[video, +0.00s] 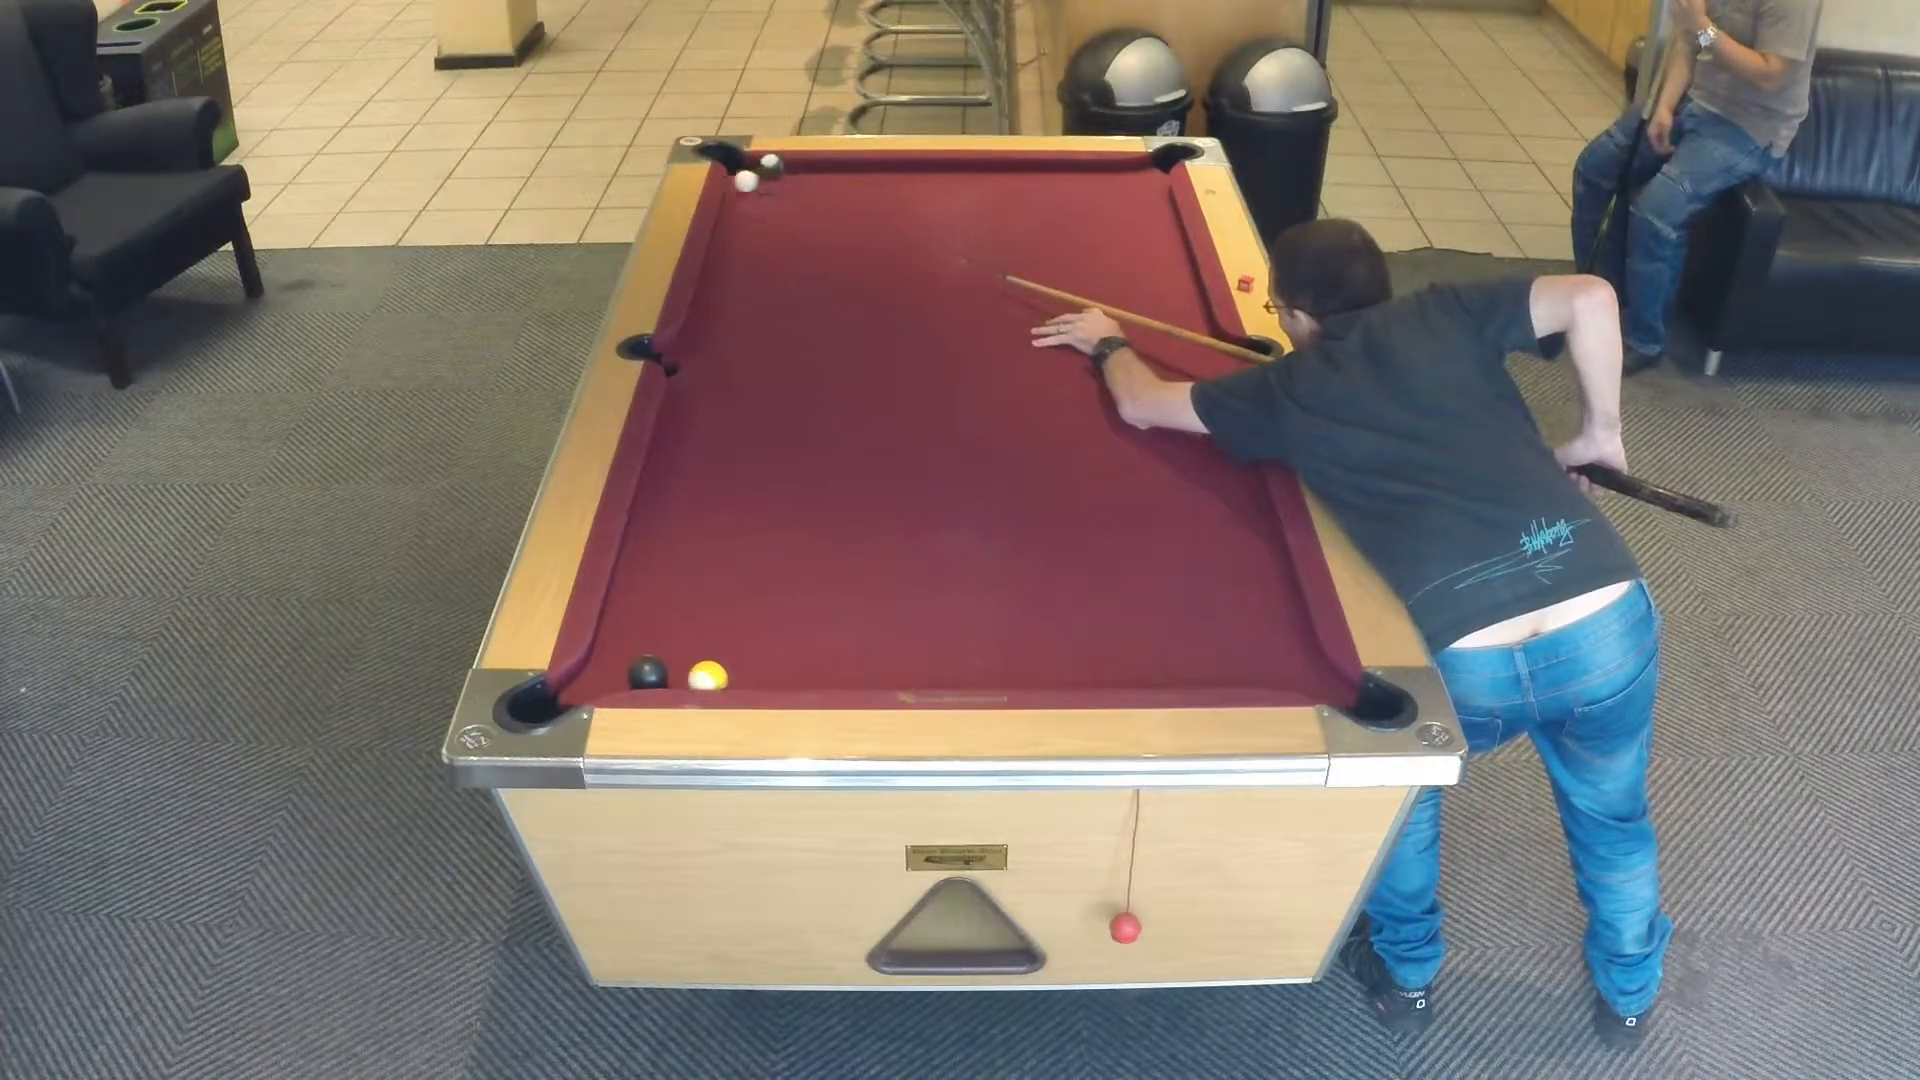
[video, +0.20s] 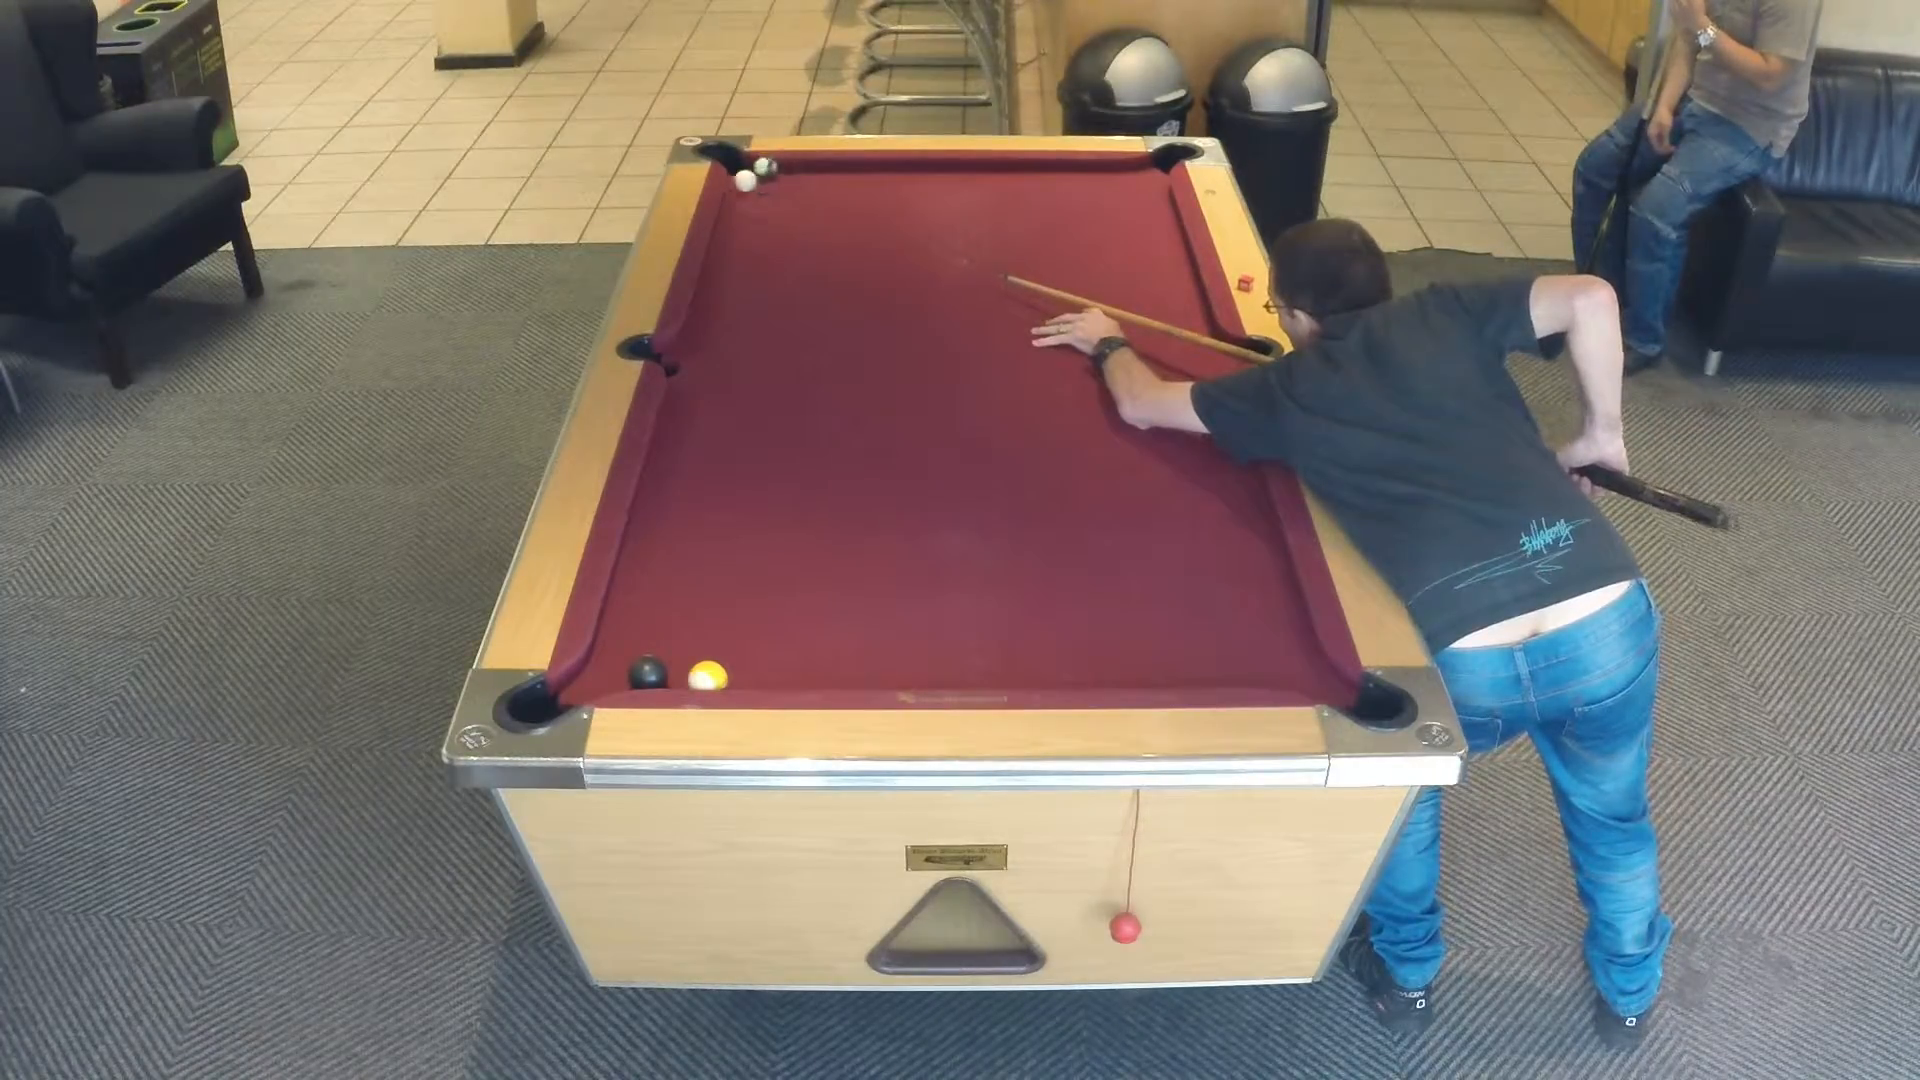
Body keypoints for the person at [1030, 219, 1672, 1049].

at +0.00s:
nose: (1279, 315)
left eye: (1282, 303)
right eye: (1279, 303)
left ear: (1298, 317)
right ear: (1385, 290)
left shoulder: (1286, 390)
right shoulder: (1450, 313)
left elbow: (1141, 399)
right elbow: (1588, 296)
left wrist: (1105, 341)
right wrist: (1602, 428)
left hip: (1469, 661)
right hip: (1606, 623)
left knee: (1394, 762)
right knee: (1615, 819)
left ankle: (1408, 966)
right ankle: (1630, 990)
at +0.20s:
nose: (1278, 313)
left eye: (1280, 302)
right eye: (1278, 301)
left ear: (1298, 316)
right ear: (1385, 290)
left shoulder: (1286, 389)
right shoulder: (1450, 313)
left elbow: (1141, 399)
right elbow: (1589, 297)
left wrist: (1105, 341)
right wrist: (1603, 428)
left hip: (1468, 661)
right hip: (1606, 623)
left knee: (1394, 763)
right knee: (1615, 819)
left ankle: (1407, 966)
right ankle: (1631, 990)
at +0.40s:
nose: (1280, 314)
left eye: (1282, 303)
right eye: (1279, 302)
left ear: (1299, 316)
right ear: (1385, 289)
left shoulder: (1286, 390)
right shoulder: (1451, 315)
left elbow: (1141, 400)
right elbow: (1589, 298)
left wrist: (1105, 343)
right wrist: (1607, 430)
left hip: (1470, 661)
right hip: (1607, 623)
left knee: (1396, 764)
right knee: (1615, 818)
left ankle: (1408, 966)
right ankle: (1631, 990)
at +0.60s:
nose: (1282, 310)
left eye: (1284, 299)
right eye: (1281, 298)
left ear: (1300, 314)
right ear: (1388, 287)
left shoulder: (1287, 387)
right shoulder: (1452, 313)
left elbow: (1143, 398)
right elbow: (1591, 299)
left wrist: (1106, 342)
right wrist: (1607, 430)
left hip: (1470, 659)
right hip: (1607, 622)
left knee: (1396, 764)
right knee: (1616, 818)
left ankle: (1407, 966)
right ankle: (1630, 989)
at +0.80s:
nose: (1289, 300)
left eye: (1290, 288)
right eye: (1287, 288)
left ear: (1307, 300)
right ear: (1399, 273)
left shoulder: (1292, 377)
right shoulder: (1466, 306)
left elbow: (1161, 392)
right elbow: (1610, 313)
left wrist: (1105, 341)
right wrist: (1606, 441)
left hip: (1479, 663)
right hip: (1617, 625)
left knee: (1406, 762)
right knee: (1621, 824)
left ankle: (1407, 966)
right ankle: (1631, 989)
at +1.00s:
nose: (1300, 245)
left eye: (1306, 233)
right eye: (1302, 230)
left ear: (1330, 252)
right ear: (1415, 232)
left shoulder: (1315, 338)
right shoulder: (1497, 285)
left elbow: (1198, 377)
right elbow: (1655, 355)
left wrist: (1116, 343)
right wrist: (1602, 461)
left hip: (1490, 655)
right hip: (1629, 634)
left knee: (1415, 762)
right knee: (1623, 823)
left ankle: (1406, 965)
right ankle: (1621, 984)